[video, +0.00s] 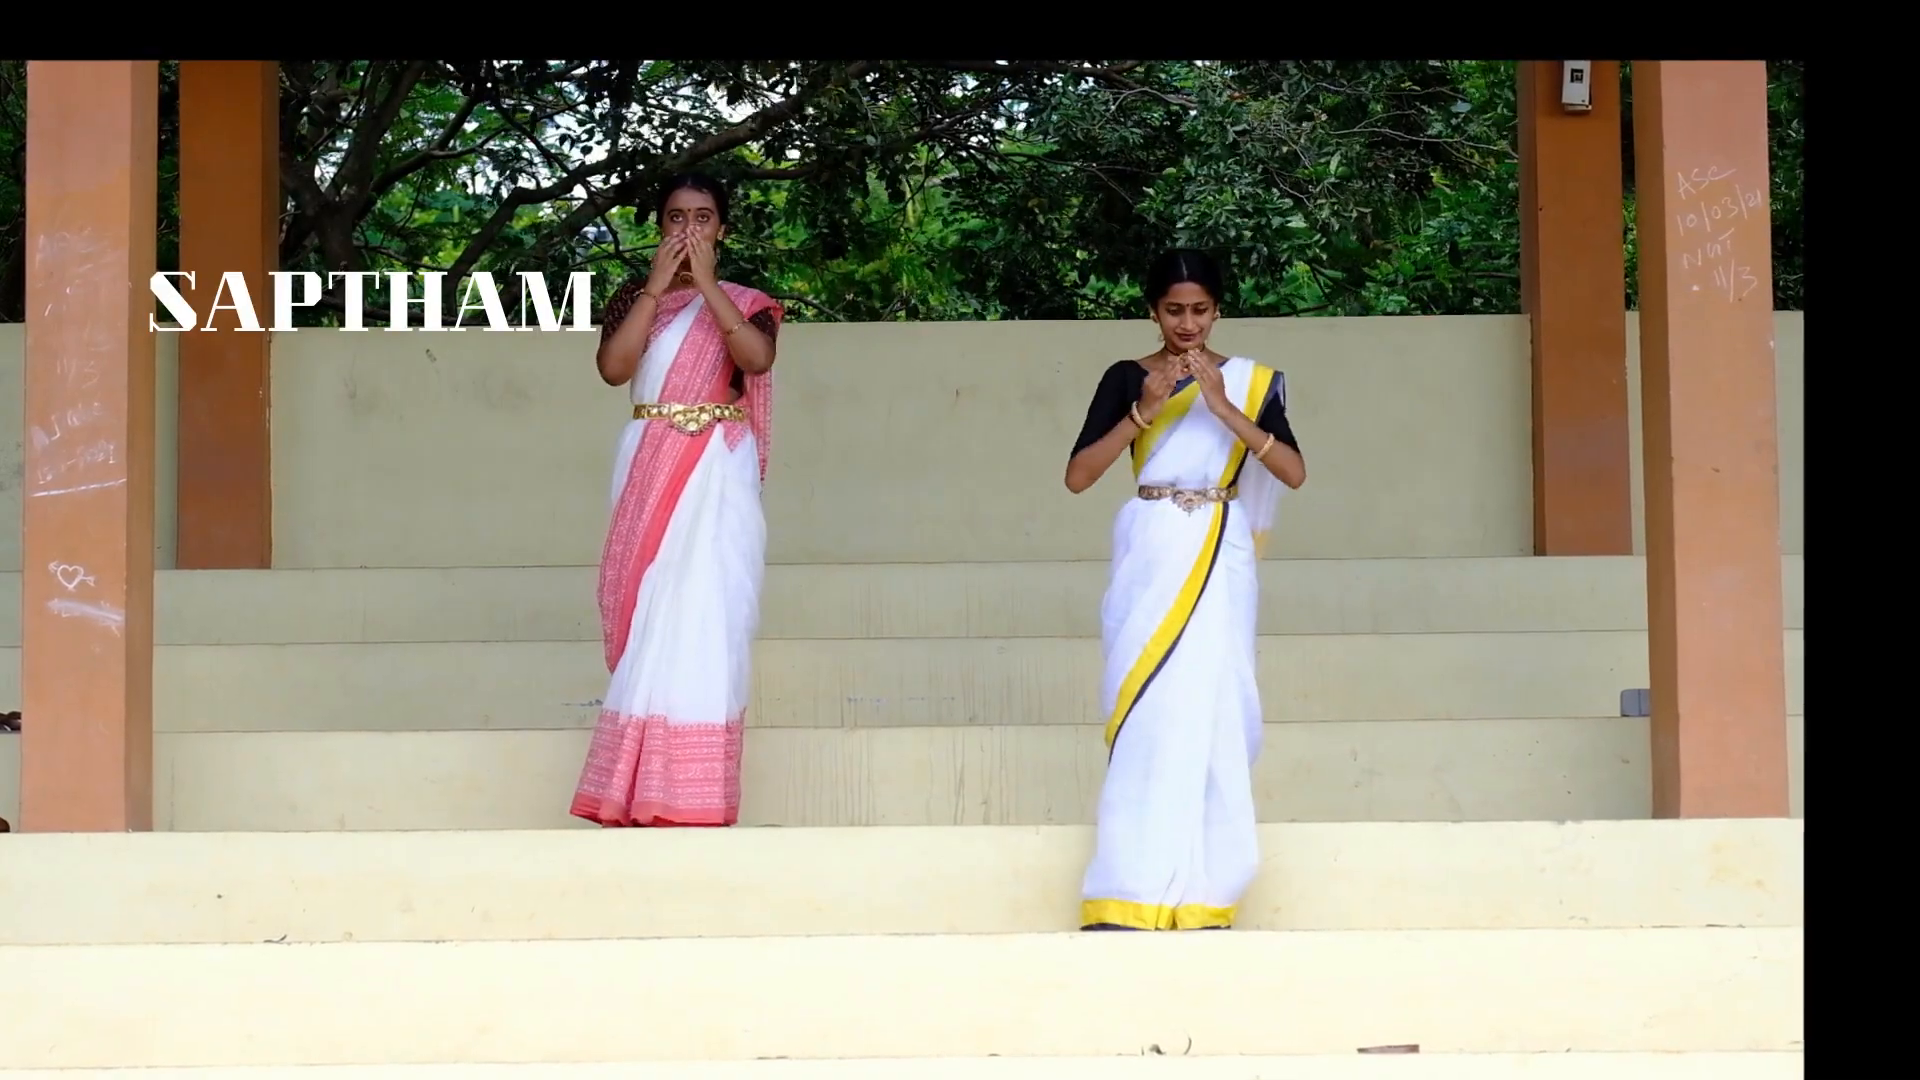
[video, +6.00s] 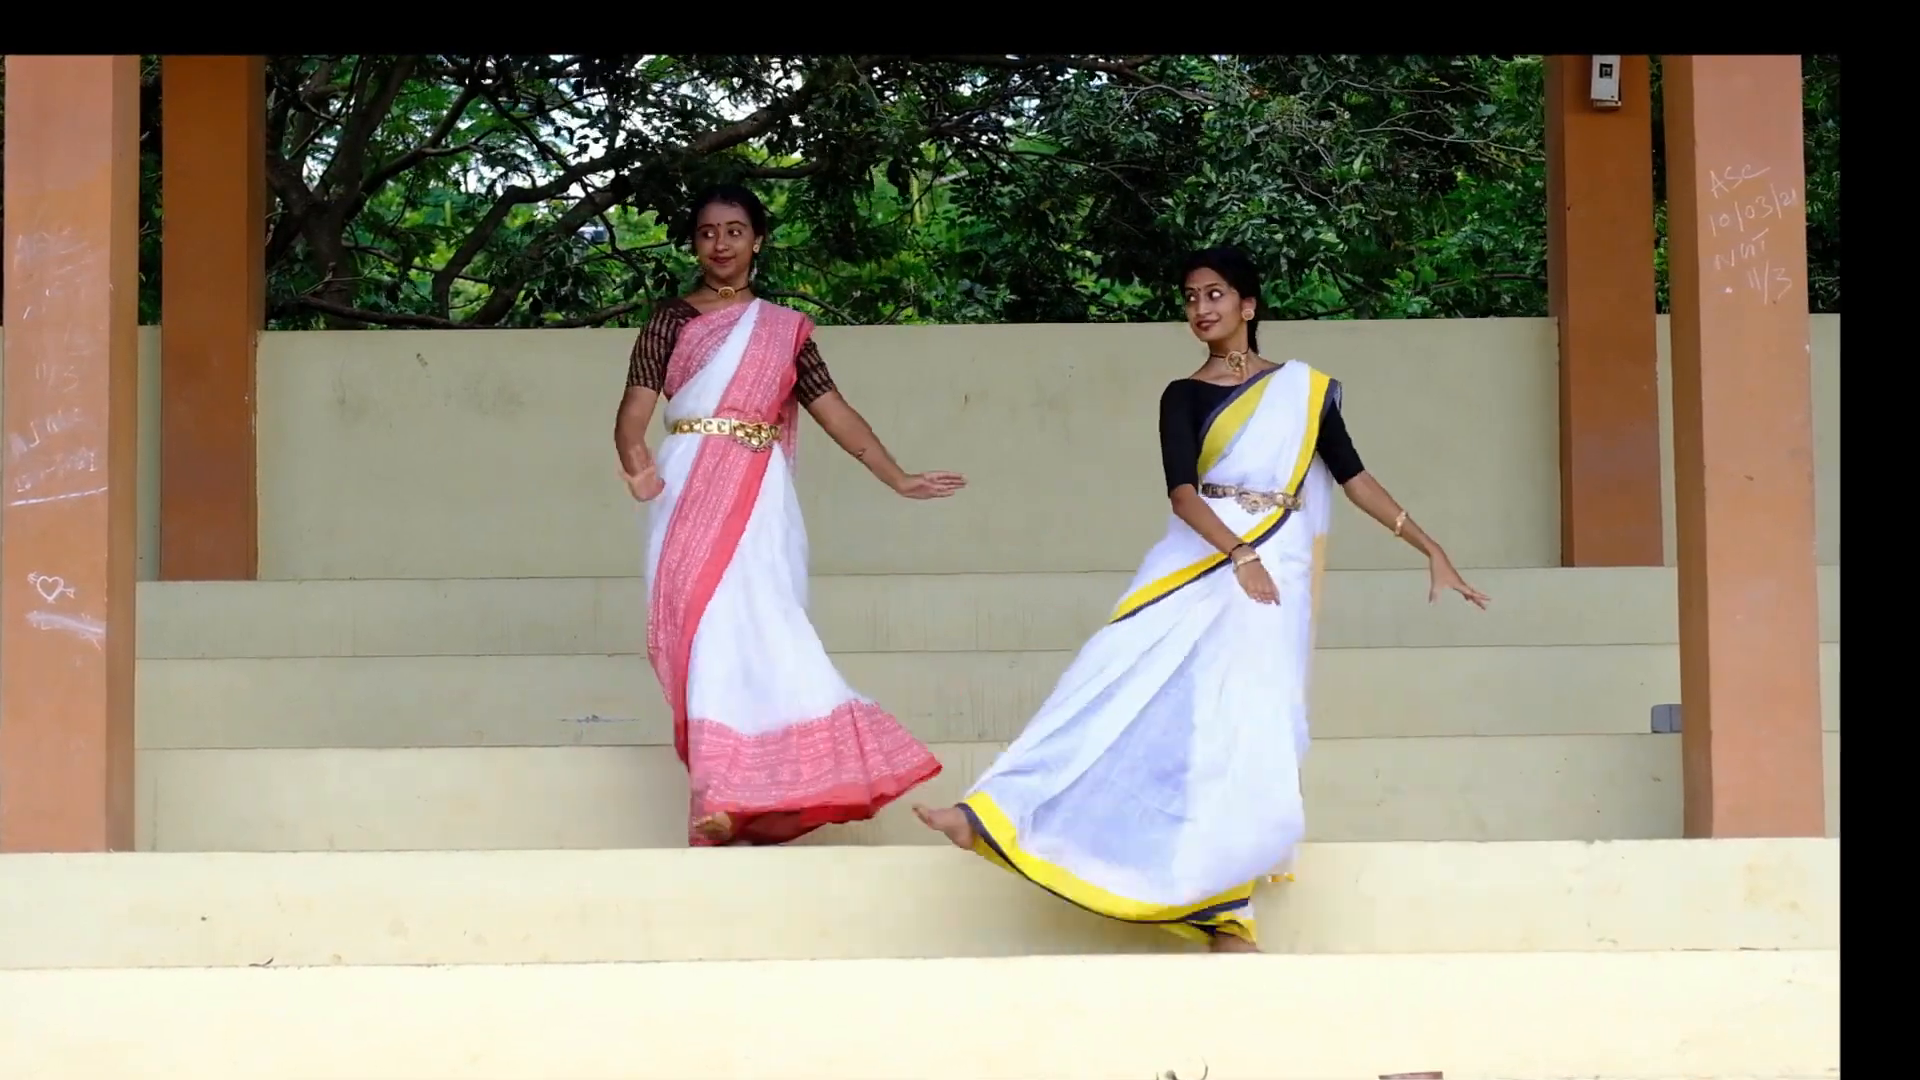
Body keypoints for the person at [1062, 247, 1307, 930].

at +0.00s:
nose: (1188, 322)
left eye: (1200, 310)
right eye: (1175, 310)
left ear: (1217, 312)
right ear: (1155, 312)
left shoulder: (1254, 383)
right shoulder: (1128, 378)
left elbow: (1294, 471)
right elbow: (1077, 476)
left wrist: (1222, 410)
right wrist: (1143, 412)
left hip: (1220, 555)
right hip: (1147, 549)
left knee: (1208, 709)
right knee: (1142, 707)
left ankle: (1201, 887)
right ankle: (1131, 887)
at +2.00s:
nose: (1182, 308)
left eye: (1194, 292)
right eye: (1170, 293)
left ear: (1217, 303)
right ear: (1153, 306)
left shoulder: (1246, 376)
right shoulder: (1135, 378)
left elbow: (1243, 406)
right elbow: (1127, 408)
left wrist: (1205, 324)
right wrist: (1164, 332)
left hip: (1216, 554)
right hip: (1148, 552)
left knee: (1203, 712)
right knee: (1145, 711)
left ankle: (1202, 894)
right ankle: (1136, 893)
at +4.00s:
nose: (1209, 305)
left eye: (1221, 292)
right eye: (1197, 294)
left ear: (1246, 305)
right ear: (1180, 307)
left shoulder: (1269, 381)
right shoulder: (1162, 373)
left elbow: (1263, 422)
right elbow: (1114, 406)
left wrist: (1229, 339)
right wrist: (1157, 333)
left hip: (1224, 562)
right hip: (1154, 557)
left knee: (1215, 723)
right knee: (1153, 720)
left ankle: (1213, 904)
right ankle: (1147, 902)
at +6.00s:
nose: (1202, 309)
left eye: (1214, 295)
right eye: (1192, 299)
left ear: (1246, 301)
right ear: (1187, 312)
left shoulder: (1304, 389)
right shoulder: (1186, 395)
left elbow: (1356, 480)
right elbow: (1182, 492)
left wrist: (1431, 547)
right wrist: (1237, 551)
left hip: (1273, 569)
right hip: (1197, 558)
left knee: (1242, 722)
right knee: (1117, 678)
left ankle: (1226, 896)